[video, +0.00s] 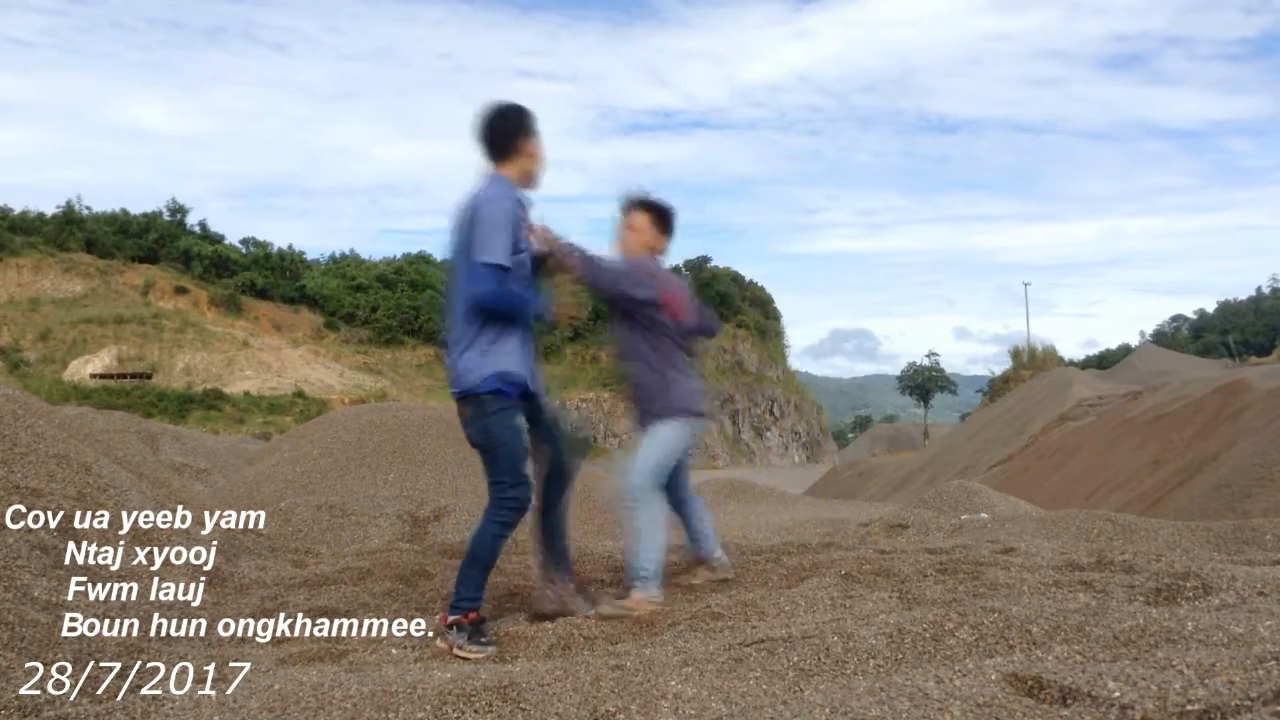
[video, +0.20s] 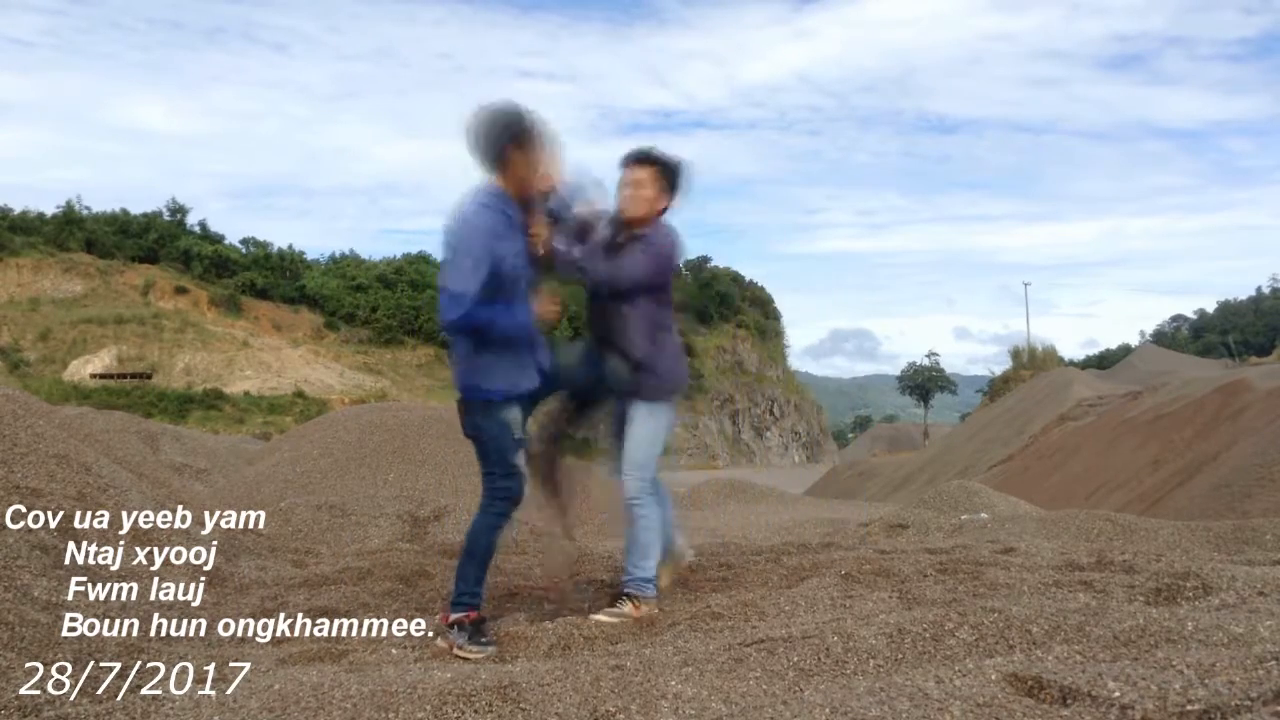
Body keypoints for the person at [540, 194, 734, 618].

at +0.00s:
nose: (624, 236)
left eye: (634, 230)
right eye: (625, 228)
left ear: (658, 239)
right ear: (633, 233)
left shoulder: (646, 275)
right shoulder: (671, 283)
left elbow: (600, 274)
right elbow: (705, 323)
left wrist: (554, 245)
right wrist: (670, 329)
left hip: (672, 412)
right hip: (675, 410)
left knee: (641, 482)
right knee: (678, 488)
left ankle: (645, 588)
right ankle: (712, 557)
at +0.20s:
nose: (629, 193)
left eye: (641, 187)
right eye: (626, 184)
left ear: (664, 200)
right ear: (619, 189)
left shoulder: (660, 243)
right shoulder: (609, 231)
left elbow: (612, 275)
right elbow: (571, 233)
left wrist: (556, 253)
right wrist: (550, 205)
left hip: (655, 376)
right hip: (622, 373)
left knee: (637, 481)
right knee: (637, 473)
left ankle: (641, 594)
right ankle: (674, 550)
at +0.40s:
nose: (701, 241)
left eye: (714, 237)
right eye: (698, 230)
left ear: (731, 251)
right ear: (688, 231)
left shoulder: (717, 305)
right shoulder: (657, 247)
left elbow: (666, 332)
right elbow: (603, 209)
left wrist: (614, 306)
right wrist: (585, 256)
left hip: (663, 402)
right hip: (615, 392)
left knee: (647, 494)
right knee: (601, 485)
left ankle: (639, 591)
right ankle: (644, 549)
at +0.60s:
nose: (732, 239)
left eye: (741, 232)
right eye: (724, 230)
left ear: (755, 237)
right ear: (710, 234)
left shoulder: (767, 301)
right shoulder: (686, 279)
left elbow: (773, 358)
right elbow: (682, 338)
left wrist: (777, 386)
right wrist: (719, 373)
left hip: (724, 409)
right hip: (671, 399)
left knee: (692, 493)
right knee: (668, 489)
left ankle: (663, 581)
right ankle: (718, 566)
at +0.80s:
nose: (788, 233)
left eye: (796, 224)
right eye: (779, 225)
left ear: (811, 229)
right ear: (768, 231)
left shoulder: (827, 286)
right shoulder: (750, 279)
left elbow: (846, 349)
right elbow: (739, 330)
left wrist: (820, 383)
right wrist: (728, 354)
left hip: (808, 398)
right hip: (758, 396)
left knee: (816, 477)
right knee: (753, 477)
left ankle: (826, 551)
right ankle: (753, 557)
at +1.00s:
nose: (777, 240)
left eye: (785, 233)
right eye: (770, 233)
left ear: (801, 236)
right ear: (761, 237)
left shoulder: (813, 286)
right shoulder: (759, 286)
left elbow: (825, 350)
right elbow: (757, 341)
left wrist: (813, 397)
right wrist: (759, 384)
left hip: (814, 389)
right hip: (785, 390)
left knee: (807, 467)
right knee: (802, 469)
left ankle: (825, 552)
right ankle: (814, 546)